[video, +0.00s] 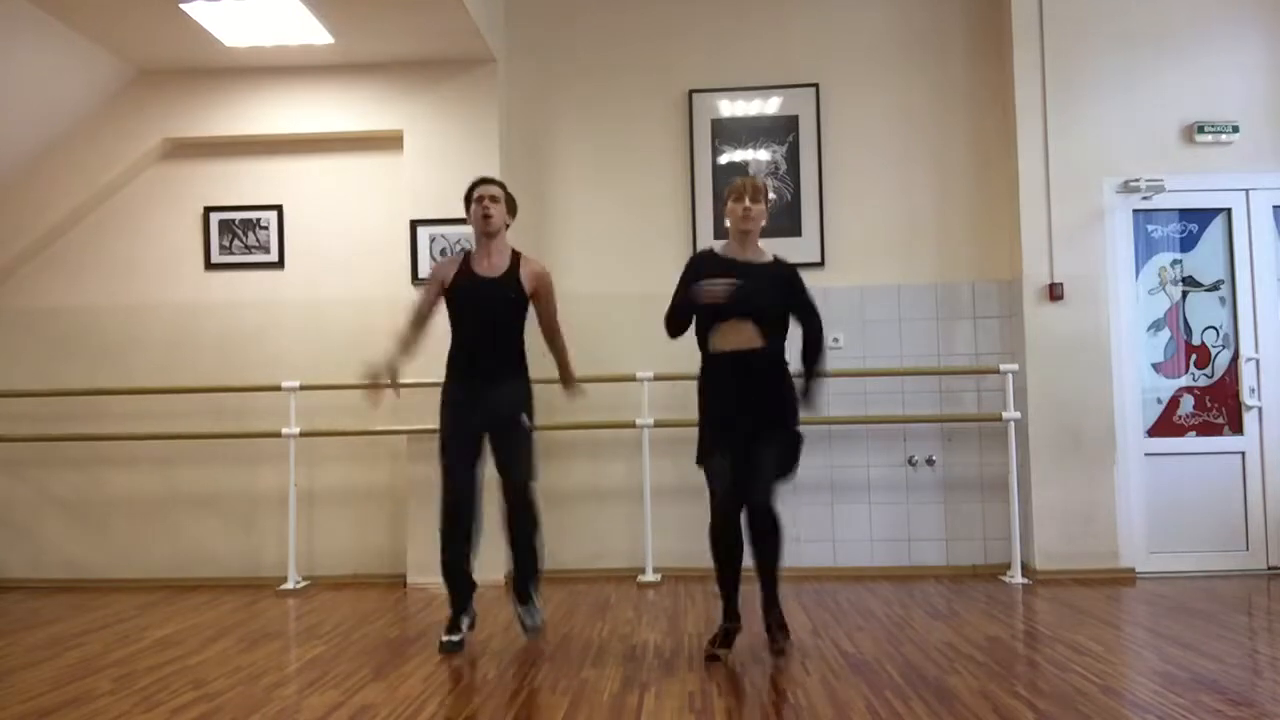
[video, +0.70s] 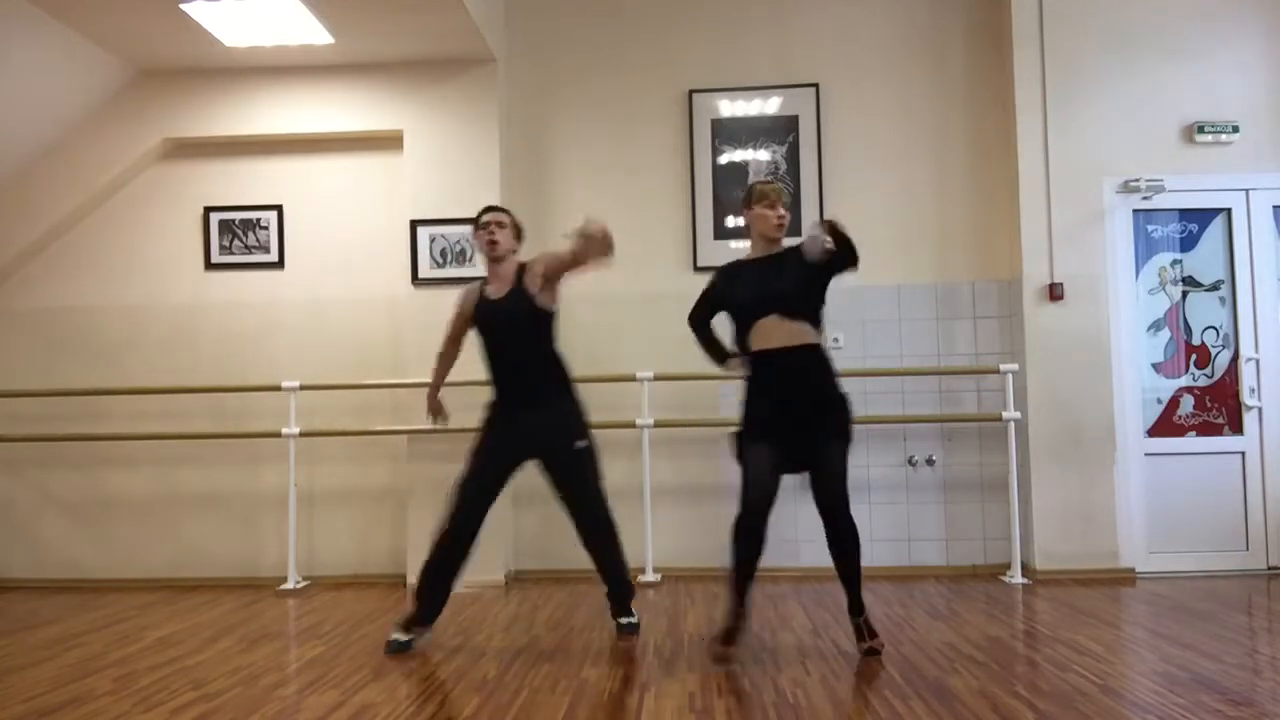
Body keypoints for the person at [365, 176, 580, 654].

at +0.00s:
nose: (485, 207)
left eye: (493, 201)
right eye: (477, 202)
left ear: (509, 214)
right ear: (468, 216)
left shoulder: (531, 273)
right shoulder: (448, 272)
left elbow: (551, 330)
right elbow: (417, 323)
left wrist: (567, 375)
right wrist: (392, 365)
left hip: (511, 396)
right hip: (461, 397)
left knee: (519, 496)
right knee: (457, 502)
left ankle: (525, 591)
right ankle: (460, 608)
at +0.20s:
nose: (476, 215)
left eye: (484, 209)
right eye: (469, 209)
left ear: (500, 223)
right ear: (459, 222)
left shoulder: (519, 275)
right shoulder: (448, 272)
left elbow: (527, 319)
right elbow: (419, 310)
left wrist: (529, 348)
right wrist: (434, 277)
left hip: (495, 390)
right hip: (449, 389)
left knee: (431, 464)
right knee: (431, 505)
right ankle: (424, 615)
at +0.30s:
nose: (473, 215)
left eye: (482, 209)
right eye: (466, 210)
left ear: (499, 223)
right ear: (457, 225)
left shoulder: (519, 274)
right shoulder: (445, 272)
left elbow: (525, 325)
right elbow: (418, 308)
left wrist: (531, 371)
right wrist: (447, 277)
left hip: (496, 384)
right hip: (449, 385)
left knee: (440, 436)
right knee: (428, 495)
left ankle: (380, 537)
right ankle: (420, 614)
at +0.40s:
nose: (472, 218)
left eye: (480, 213)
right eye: (465, 213)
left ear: (496, 227)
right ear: (455, 228)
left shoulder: (518, 280)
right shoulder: (438, 280)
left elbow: (530, 345)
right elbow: (411, 340)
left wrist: (552, 400)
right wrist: (435, 329)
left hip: (502, 385)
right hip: (452, 390)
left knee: (454, 419)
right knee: (427, 488)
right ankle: (414, 608)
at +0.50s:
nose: (470, 224)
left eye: (479, 218)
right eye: (464, 219)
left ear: (495, 233)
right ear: (454, 234)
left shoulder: (517, 289)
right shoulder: (435, 293)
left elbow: (532, 353)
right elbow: (419, 362)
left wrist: (576, 388)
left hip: (504, 399)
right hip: (456, 401)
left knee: (509, 456)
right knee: (426, 502)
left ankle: (522, 535)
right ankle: (409, 619)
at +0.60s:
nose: (471, 231)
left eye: (481, 225)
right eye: (465, 226)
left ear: (499, 240)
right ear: (458, 240)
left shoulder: (522, 291)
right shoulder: (440, 300)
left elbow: (573, 337)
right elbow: (430, 364)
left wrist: (602, 303)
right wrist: (425, 424)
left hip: (521, 417)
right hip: (470, 419)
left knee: (560, 501)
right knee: (432, 510)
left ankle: (590, 585)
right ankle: (413, 619)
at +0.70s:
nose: (491, 234)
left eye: (499, 227)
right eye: (484, 229)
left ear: (517, 240)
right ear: (476, 243)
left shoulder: (538, 272)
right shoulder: (474, 296)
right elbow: (452, 344)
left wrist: (594, 242)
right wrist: (434, 389)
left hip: (556, 415)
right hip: (507, 419)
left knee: (591, 513)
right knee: (464, 515)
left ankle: (622, 604)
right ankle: (420, 618)